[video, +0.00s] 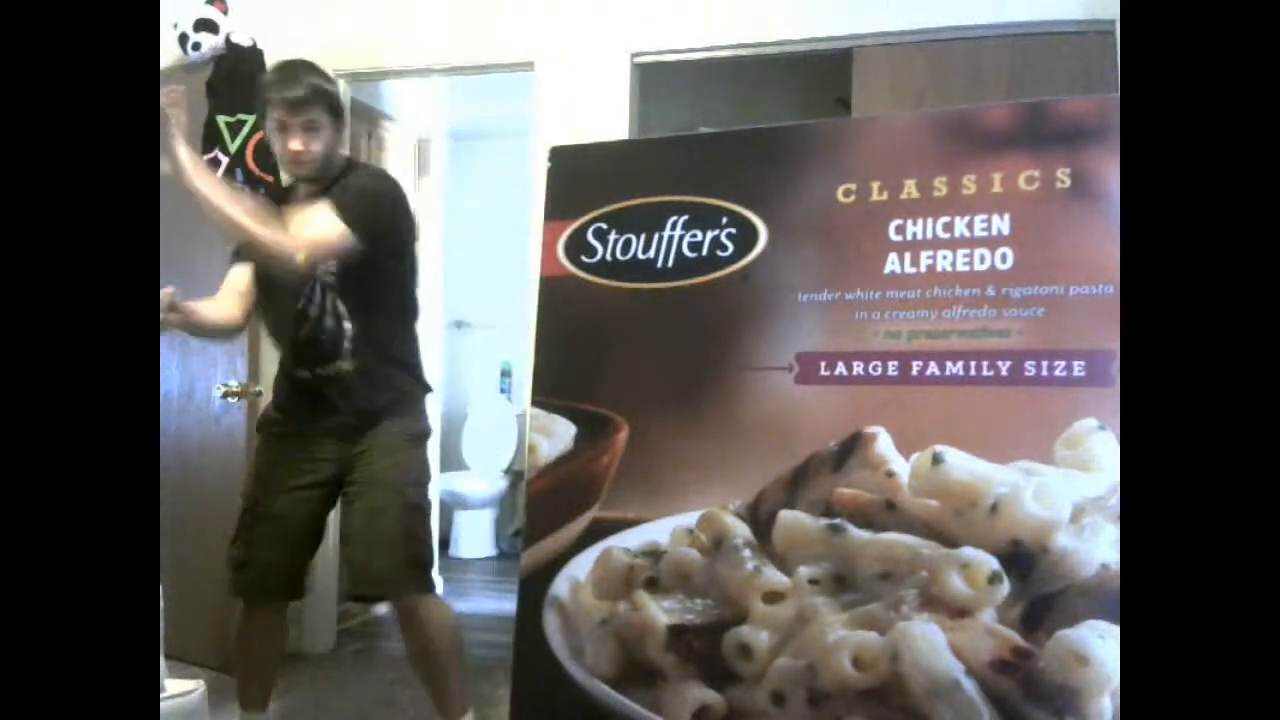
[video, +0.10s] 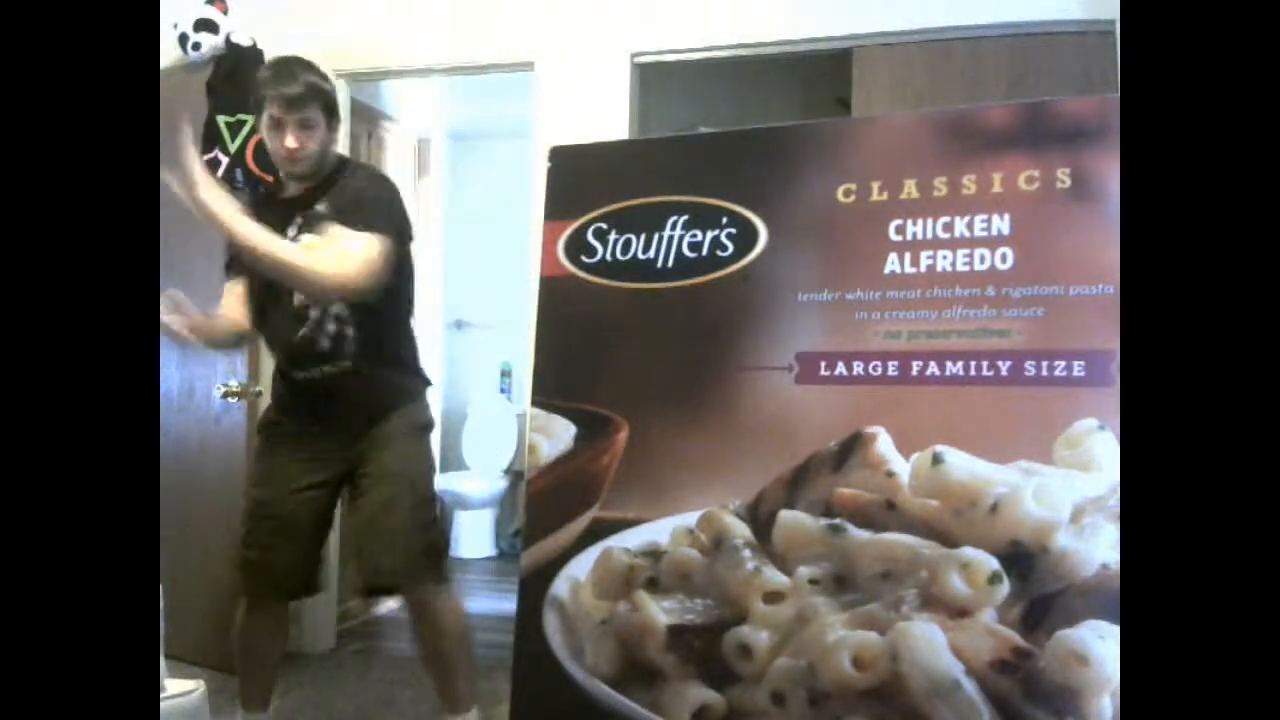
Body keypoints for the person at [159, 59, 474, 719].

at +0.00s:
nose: (298, 145)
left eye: (313, 130)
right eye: (285, 130)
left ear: (340, 131)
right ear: (268, 135)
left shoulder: (373, 190)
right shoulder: (267, 216)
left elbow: (297, 251)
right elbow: (231, 311)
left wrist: (189, 168)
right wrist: (180, 309)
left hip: (385, 414)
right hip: (301, 416)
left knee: (399, 572)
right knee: (263, 581)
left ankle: (459, 715)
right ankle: (253, 715)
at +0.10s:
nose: (291, 143)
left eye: (307, 127)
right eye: (278, 128)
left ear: (332, 127)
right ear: (261, 131)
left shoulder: (369, 191)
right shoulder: (256, 208)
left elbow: (349, 276)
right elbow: (241, 317)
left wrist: (220, 208)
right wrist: (199, 325)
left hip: (384, 409)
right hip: (298, 412)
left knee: (415, 564)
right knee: (266, 576)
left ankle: (462, 712)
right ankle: (253, 714)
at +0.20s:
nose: (304, 150)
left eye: (319, 135)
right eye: (290, 134)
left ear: (337, 137)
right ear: (264, 137)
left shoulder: (375, 195)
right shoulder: (243, 231)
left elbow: (460, 222)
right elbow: (236, 336)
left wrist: (398, 267)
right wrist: (272, 375)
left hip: (391, 415)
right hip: (298, 424)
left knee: (440, 575)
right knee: (261, 589)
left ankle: (489, 712)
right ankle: (253, 714)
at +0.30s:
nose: (351, 166)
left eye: (364, 151)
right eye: (338, 150)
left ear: (382, 156)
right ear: (311, 152)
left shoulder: (403, 221)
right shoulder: (273, 244)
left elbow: (502, 222)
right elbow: (257, 355)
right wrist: (335, 358)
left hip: (400, 442)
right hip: (308, 446)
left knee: (451, 592)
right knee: (257, 604)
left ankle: (494, 714)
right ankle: (251, 715)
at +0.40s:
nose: (385, 159)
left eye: (395, 145)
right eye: (371, 145)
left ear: (407, 148)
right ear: (340, 148)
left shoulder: (429, 218)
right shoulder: (297, 234)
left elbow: (530, 213)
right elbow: (262, 330)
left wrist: (593, 197)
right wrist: (357, 312)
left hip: (413, 441)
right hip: (323, 446)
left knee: (465, 591)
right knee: (273, 606)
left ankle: (496, 714)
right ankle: (254, 715)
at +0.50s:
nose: (424, 136)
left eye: (435, 120)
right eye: (407, 118)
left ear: (449, 128)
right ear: (369, 125)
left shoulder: (470, 207)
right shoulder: (358, 205)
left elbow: (555, 213)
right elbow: (346, 197)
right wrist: (364, 149)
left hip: (462, 421)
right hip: (375, 425)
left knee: (501, 589)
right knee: (315, 597)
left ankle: (512, 713)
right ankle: (261, 710)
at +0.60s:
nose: (448, 117)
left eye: (455, 102)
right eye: (430, 103)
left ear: (466, 111)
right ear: (394, 110)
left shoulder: (486, 193)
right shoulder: (380, 183)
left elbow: (567, 220)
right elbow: (370, 132)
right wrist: (421, 96)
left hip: (483, 417)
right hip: (393, 419)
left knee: (508, 585)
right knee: (339, 597)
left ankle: (515, 714)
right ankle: (274, 704)